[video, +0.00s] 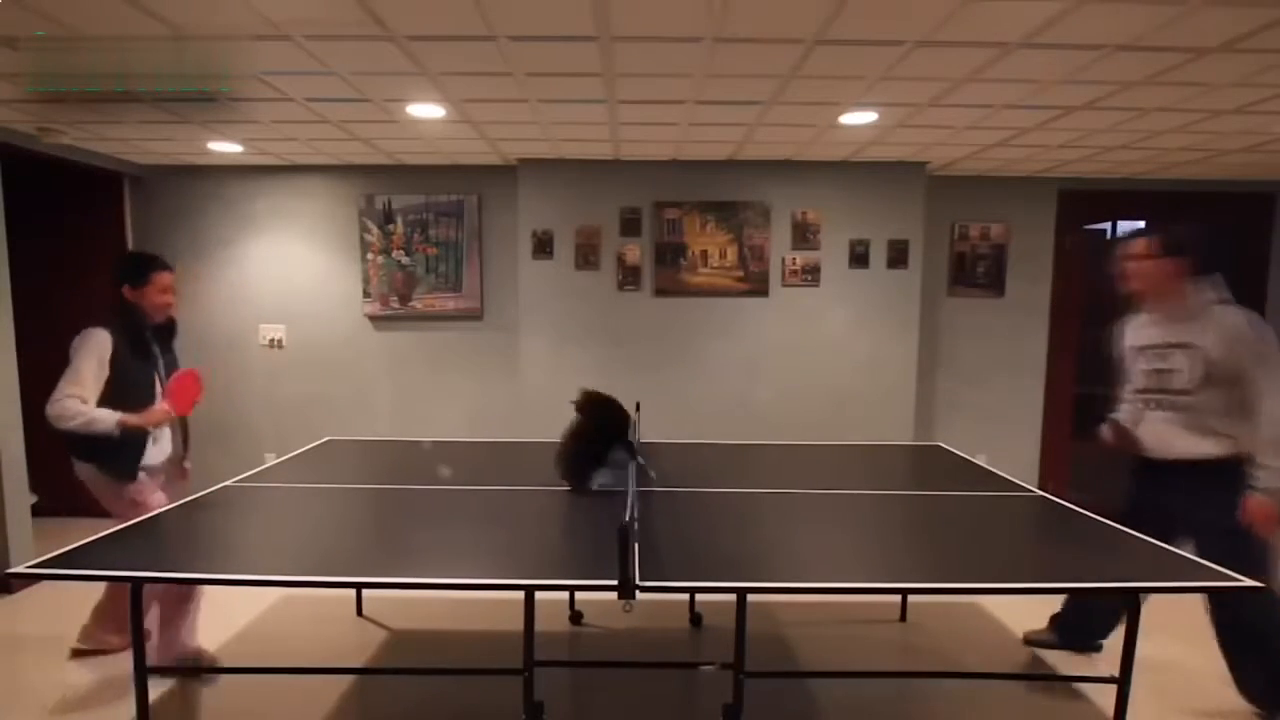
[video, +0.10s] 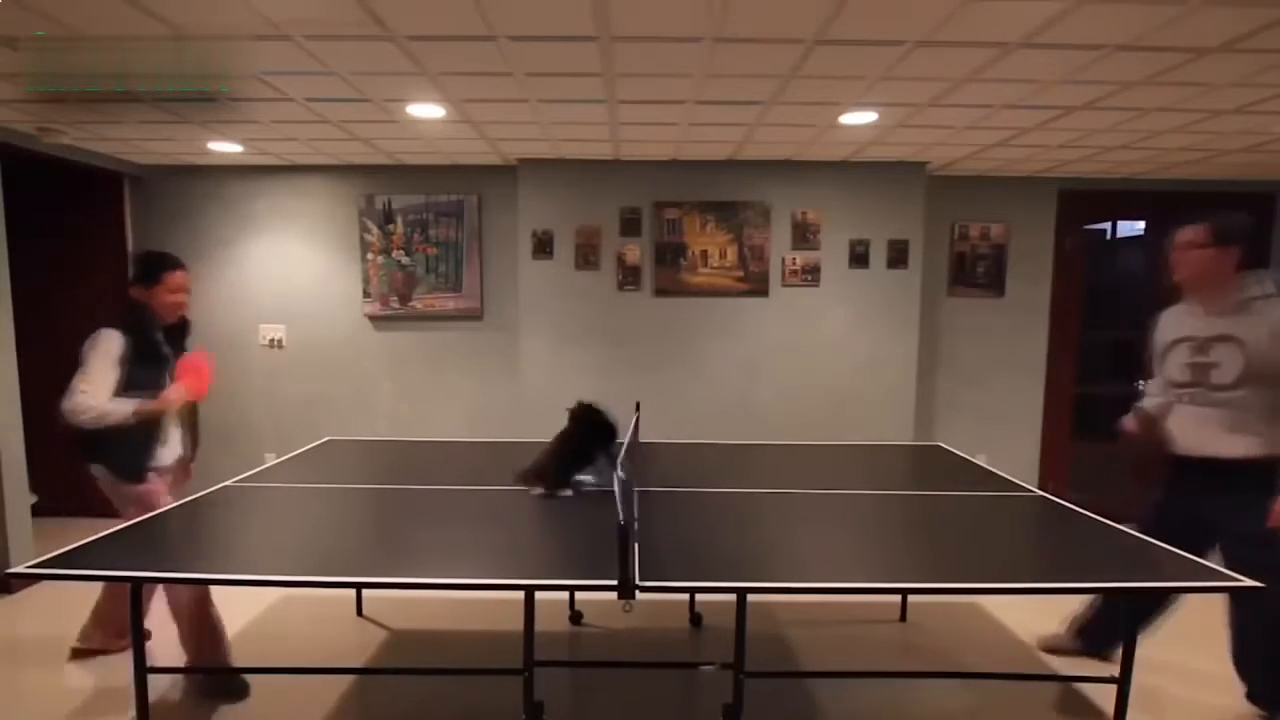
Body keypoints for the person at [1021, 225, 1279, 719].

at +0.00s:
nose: (1130, 269)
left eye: (1142, 259)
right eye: (1128, 260)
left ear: (1178, 265)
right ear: (1124, 270)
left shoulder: (1234, 326)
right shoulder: (1131, 330)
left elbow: (1271, 405)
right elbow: (1135, 394)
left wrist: (1265, 486)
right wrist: (1117, 425)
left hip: (1218, 476)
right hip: (1152, 473)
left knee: (1241, 595)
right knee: (1118, 556)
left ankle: (1270, 695)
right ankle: (1077, 631)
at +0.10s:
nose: (1177, 260)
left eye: (1191, 249)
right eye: (1175, 251)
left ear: (1229, 256)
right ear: (1172, 261)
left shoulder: (1270, 310)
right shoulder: (1169, 321)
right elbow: (1161, 388)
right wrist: (1140, 415)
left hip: (1256, 475)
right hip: (1188, 471)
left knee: (1261, 595)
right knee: (1150, 564)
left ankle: (1269, 697)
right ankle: (1092, 638)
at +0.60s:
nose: (1156, 270)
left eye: (1167, 258)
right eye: (1153, 260)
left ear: (1206, 260)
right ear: (1153, 269)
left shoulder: (1256, 328)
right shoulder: (1156, 325)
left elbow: (1270, 419)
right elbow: (1142, 385)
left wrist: (1257, 499)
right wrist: (1098, 404)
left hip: (1221, 483)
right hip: (1156, 479)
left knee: (1242, 603)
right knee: (1112, 580)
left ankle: (1273, 693)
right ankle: (1051, 661)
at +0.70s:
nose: (1096, 280)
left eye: (1108, 270)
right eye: (1095, 270)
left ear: (1146, 273)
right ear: (1101, 277)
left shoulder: (1202, 337)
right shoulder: (1112, 333)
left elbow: (1223, 424)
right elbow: (1103, 389)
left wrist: (1205, 504)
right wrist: (1065, 412)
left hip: (1171, 488)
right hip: (1109, 483)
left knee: (1203, 599)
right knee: (1063, 559)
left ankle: (1273, 694)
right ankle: (1052, 656)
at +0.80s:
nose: (1064, 272)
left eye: (1074, 263)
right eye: (1064, 263)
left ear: (1110, 267)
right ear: (1095, 270)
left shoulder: (1164, 325)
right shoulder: (1092, 318)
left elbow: (1189, 411)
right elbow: (1080, 387)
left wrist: (1166, 485)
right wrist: (1034, 409)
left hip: (1133, 474)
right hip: (1083, 466)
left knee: (1153, 585)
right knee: (1053, 560)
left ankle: (1243, 665)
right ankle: (1048, 652)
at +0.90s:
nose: (1055, 268)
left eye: (1060, 256)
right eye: (1054, 257)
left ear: (1094, 255)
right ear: (1088, 258)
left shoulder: (1145, 312)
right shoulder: (1096, 307)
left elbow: (1171, 396)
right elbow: (1096, 389)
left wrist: (1142, 468)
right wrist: (1051, 412)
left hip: (1109, 456)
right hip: (1075, 450)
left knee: (1100, 565)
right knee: (1057, 556)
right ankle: (1033, 656)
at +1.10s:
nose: (1046, 295)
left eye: (1047, 285)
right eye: (1044, 285)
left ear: (1066, 280)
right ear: (1087, 278)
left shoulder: (1092, 329)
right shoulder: (1137, 319)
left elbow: (1107, 412)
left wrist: (1092, 486)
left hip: (1113, 458)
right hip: (1143, 452)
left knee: (1064, 561)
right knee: (1056, 540)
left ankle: (1110, 677)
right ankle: (1059, 634)